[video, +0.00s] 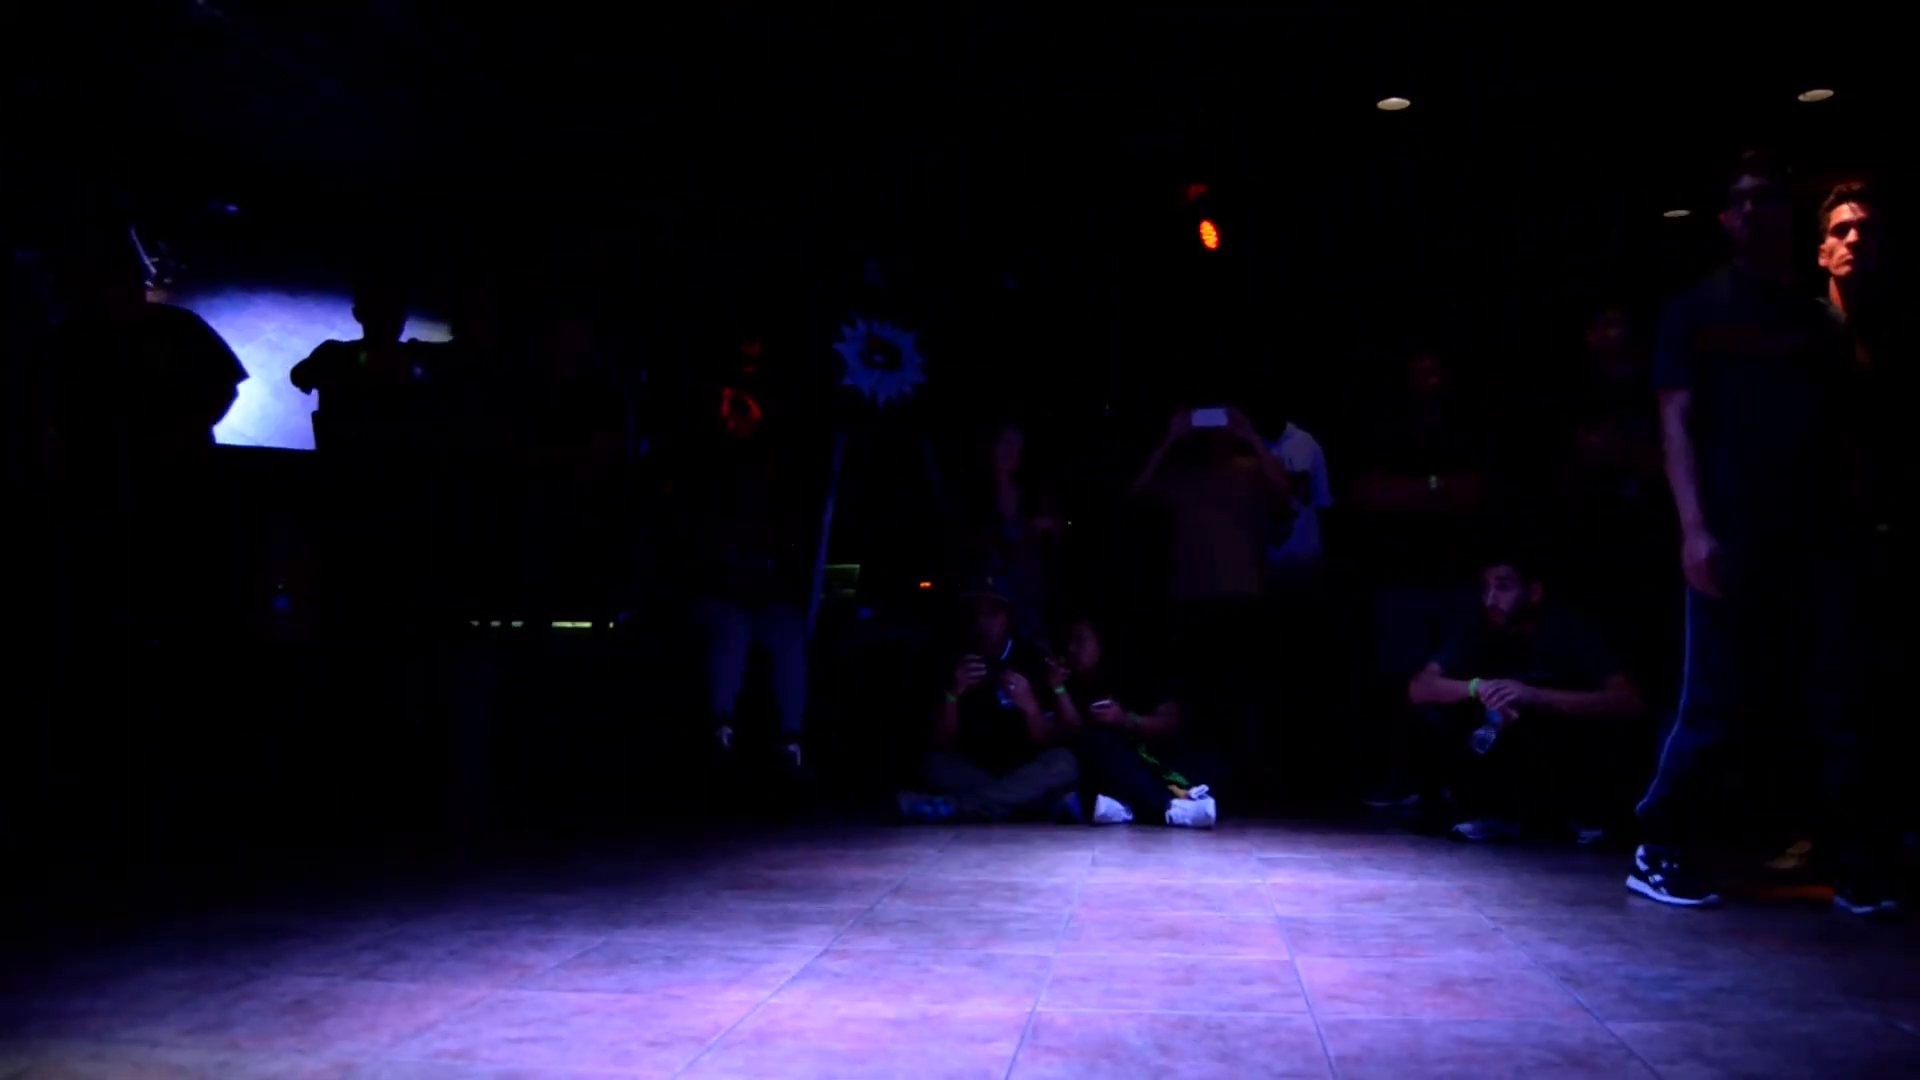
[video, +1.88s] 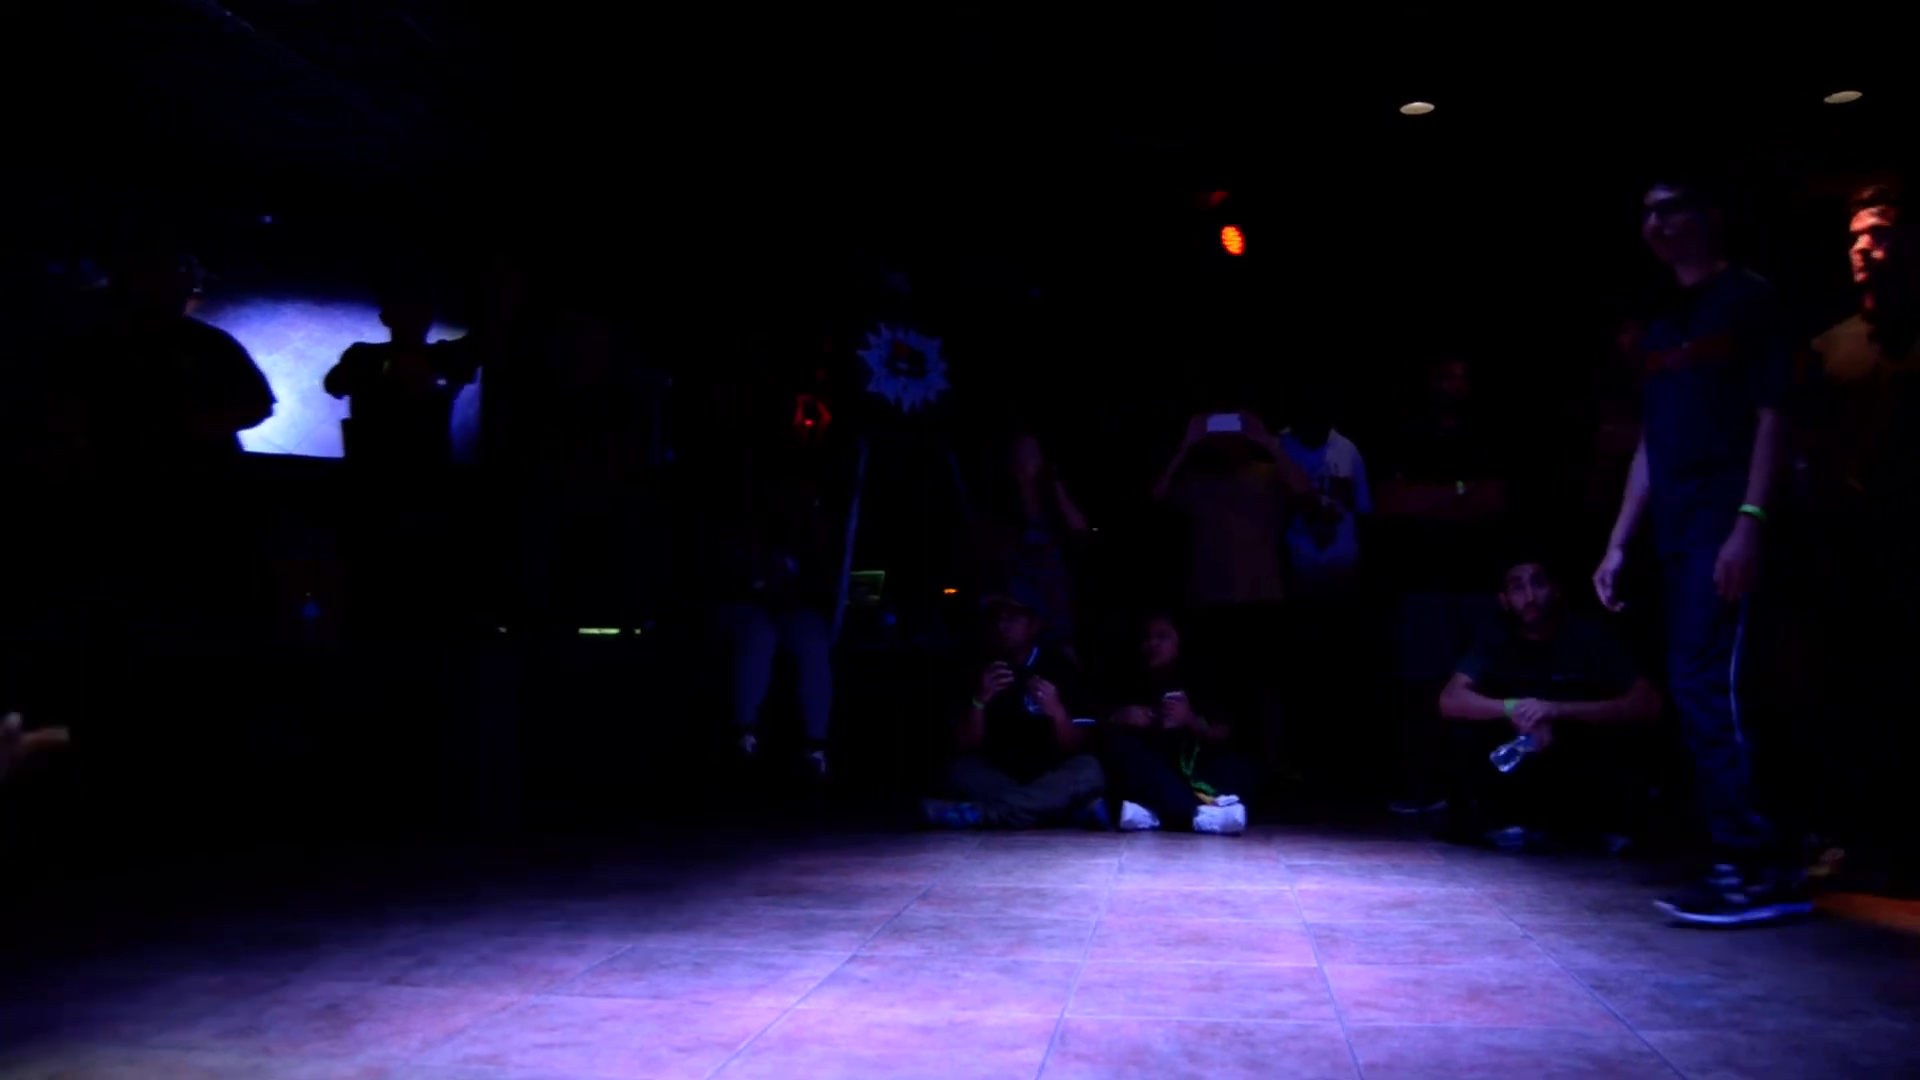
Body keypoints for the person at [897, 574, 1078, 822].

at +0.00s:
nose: (987, 624)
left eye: (994, 615)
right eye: (980, 616)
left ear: (1007, 619)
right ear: (970, 621)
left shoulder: (1028, 659)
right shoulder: (956, 660)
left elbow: (1044, 737)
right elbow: (942, 741)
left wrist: (1027, 702)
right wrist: (954, 693)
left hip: (1021, 755)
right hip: (970, 755)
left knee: (1063, 764)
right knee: (934, 766)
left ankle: (958, 806)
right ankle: (1039, 805)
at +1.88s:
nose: (1003, 628)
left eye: (1012, 619)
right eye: (997, 619)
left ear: (1032, 623)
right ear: (989, 626)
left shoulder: (1055, 665)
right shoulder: (977, 666)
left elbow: (1075, 744)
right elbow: (966, 743)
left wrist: (1055, 710)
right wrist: (980, 700)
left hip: (1047, 762)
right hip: (994, 764)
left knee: (1089, 771)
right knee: (959, 771)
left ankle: (985, 814)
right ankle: (1065, 813)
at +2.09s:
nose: (1037, 625)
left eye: (1045, 616)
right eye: (1031, 617)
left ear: (1062, 621)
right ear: (1022, 624)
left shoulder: (1085, 661)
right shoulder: (1010, 662)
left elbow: (1102, 741)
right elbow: (996, 740)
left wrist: (1083, 706)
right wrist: (1010, 695)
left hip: (1076, 757)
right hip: (1025, 758)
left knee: (1117, 767)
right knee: (991, 769)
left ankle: (1014, 810)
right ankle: (1094, 809)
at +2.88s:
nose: (1072, 625)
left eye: (1079, 615)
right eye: (1064, 616)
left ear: (1091, 620)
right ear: (1051, 621)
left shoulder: (1110, 660)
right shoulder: (1036, 662)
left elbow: (1128, 738)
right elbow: (1024, 742)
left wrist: (1108, 705)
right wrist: (1034, 694)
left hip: (1101, 757)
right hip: (1051, 757)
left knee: (1141, 766)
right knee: (1018, 768)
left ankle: (1037, 809)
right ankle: (1120, 808)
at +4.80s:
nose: (1066, 629)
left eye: (1073, 620)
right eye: (1059, 621)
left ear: (1086, 623)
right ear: (1049, 627)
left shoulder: (1108, 662)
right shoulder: (1035, 664)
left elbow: (1127, 738)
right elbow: (1021, 741)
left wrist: (1107, 705)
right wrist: (1034, 695)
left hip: (1100, 756)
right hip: (1050, 757)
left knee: (1141, 766)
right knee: (1016, 769)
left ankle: (1036, 809)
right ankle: (1119, 808)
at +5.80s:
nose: (1065, 625)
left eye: (1075, 616)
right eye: (1058, 616)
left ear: (1088, 620)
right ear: (1047, 621)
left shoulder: (1110, 660)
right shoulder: (1032, 661)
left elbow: (1131, 741)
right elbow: (1021, 745)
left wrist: (1108, 705)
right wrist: (1033, 696)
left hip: (1101, 760)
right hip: (1049, 760)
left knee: (1142, 768)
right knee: (1013, 769)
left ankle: (1037, 809)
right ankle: (1121, 809)